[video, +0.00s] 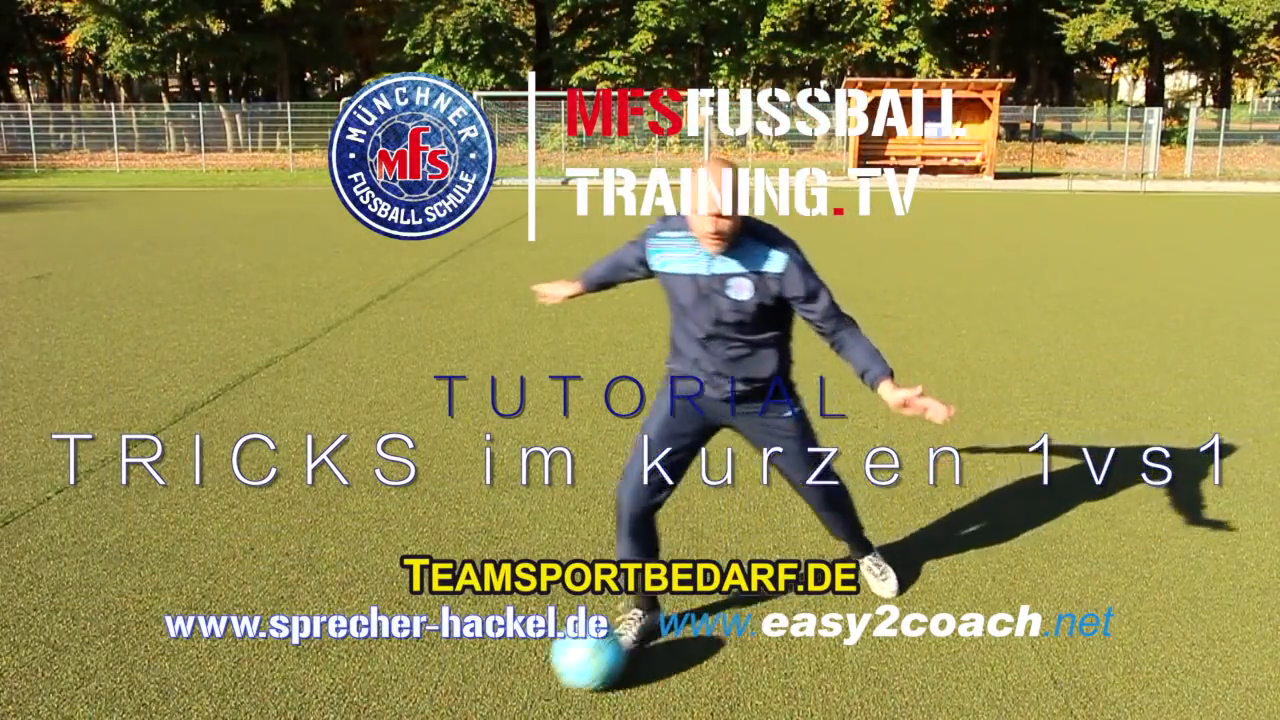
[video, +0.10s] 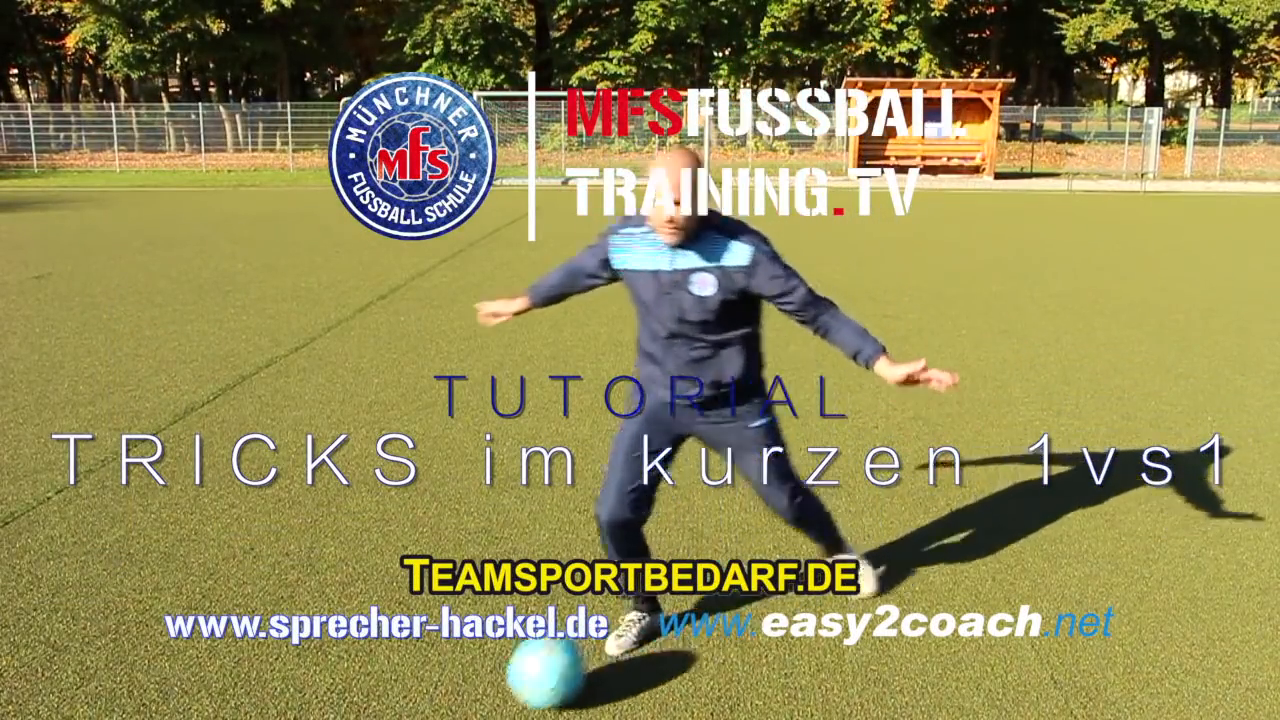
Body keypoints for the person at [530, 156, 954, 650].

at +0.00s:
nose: (716, 226)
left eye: (726, 216)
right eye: (706, 216)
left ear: (742, 208)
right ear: (688, 207)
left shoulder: (776, 254)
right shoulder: (662, 240)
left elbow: (833, 323)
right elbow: (621, 264)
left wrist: (886, 385)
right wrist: (577, 284)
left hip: (764, 395)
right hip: (688, 391)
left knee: (821, 488)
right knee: (632, 501)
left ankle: (865, 554)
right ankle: (644, 611)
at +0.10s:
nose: (673, 211)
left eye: (683, 200)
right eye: (664, 199)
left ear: (702, 198)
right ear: (648, 196)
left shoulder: (742, 249)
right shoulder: (623, 242)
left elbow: (812, 309)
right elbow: (574, 275)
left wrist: (882, 362)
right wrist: (523, 301)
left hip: (735, 405)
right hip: (658, 402)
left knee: (787, 500)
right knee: (614, 515)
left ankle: (844, 557)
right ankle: (642, 610)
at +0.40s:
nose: (522, 146)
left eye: (537, 133)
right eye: (510, 133)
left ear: (563, 138)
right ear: (492, 137)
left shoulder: (606, 215)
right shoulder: (472, 208)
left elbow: (664, 305)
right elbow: (417, 287)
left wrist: (716, 379)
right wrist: (363, 351)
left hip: (562, 413)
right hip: (485, 409)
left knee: (523, 567)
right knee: (461, 556)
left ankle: (485, 712)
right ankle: (540, 576)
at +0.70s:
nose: (386, 162)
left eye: (402, 148)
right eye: (373, 147)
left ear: (424, 156)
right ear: (349, 150)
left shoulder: (448, 250)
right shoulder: (296, 227)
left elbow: (477, 364)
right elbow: (262, 339)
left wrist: (439, 466)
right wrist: (233, 429)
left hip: (384, 462)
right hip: (286, 442)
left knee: (399, 627)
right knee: (211, 570)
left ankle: (420, 714)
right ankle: (222, 713)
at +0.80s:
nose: (335, 136)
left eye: (351, 122)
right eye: (322, 119)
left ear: (370, 127)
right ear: (295, 115)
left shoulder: (390, 214)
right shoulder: (231, 194)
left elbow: (416, 323)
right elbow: (183, 306)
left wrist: (395, 415)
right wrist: (156, 410)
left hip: (338, 434)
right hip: (232, 421)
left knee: (379, 605)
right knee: (168, 585)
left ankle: (400, 716)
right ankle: (184, 679)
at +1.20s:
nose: (266, 174)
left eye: (272, 160)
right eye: (253, 159)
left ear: (275, 159)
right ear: (201, 148)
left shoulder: (257, 246)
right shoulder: (122, 236)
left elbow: (224, 351)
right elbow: (32, 350)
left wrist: (236, 417)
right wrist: (3, 432)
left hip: (225, 467)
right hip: (141, 475)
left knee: (258, 600)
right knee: (101, 662)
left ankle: (201, 704)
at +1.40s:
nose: (302, 157)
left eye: (305, 143)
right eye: (290, 143)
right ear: (243, 133)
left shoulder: (265, 212)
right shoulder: (175, 216)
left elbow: (240, 325)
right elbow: (115, 342)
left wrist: (249, 414)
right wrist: (109, 455)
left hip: (247, 427)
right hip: (187, 436)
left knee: (249, 573)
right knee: (186, 596)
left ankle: (208, 700)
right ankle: (131, 712)